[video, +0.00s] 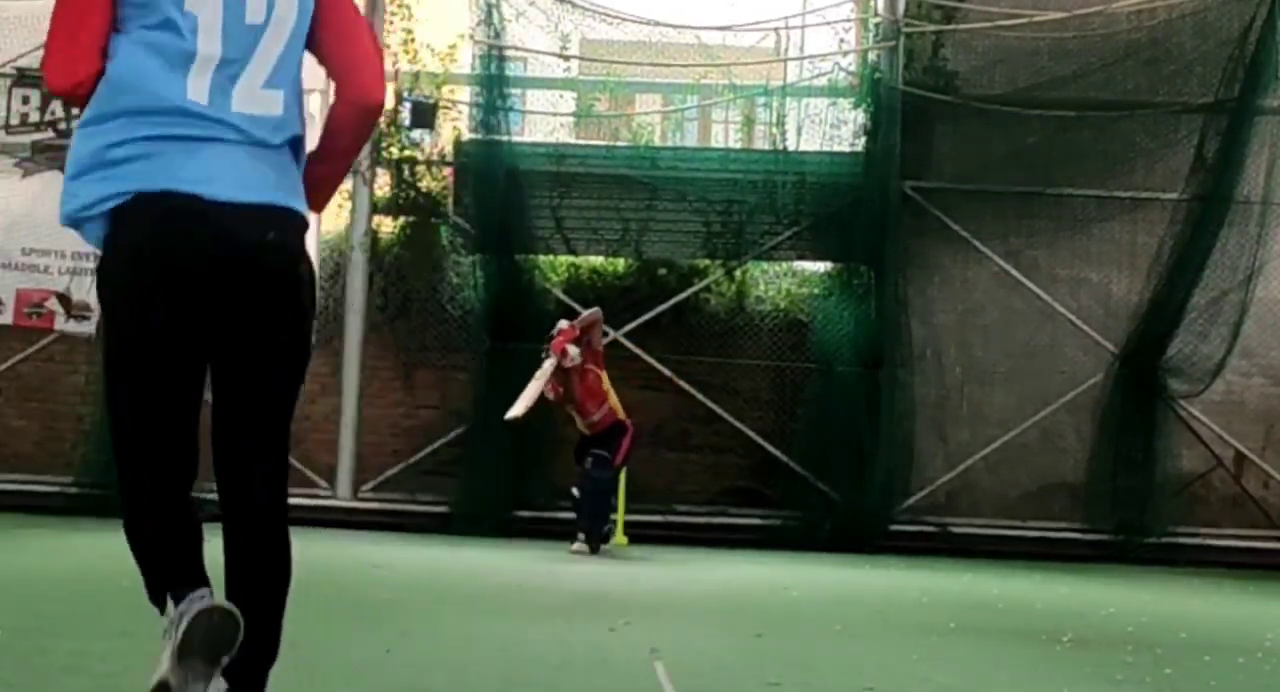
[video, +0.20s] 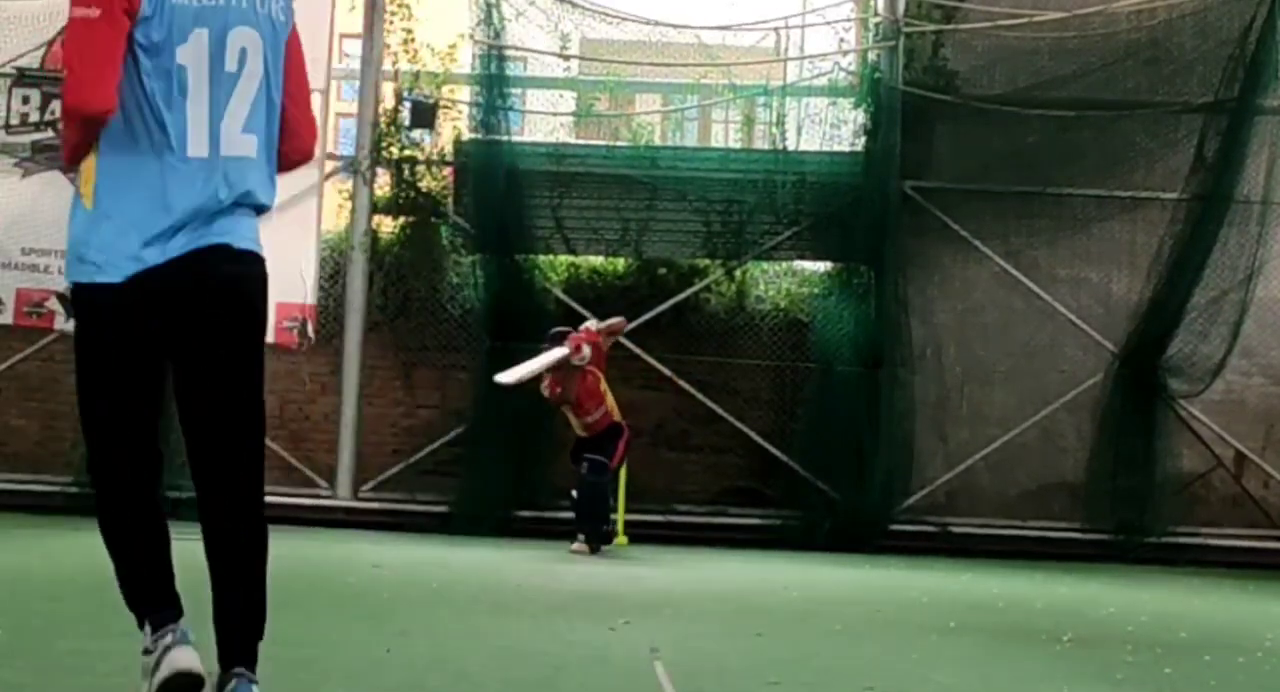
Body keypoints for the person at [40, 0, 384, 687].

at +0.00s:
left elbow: (68, 72)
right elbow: (366, 89)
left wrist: (140, 92)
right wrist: (308, 193)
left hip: (151, 219)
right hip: (269, 231)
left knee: (152, 467)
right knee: (257, 483)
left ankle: (188, 605)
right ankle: (245, 681)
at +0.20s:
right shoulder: (271, 5)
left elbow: (90, 100)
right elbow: (298, 139)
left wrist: (73, 153)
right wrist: (214, 170)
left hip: (120, 263)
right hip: (228, 262)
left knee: (123, 470)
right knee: (232, 474)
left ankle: (167, 637)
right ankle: (241, 673)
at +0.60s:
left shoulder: (24, 30)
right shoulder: (166, 32)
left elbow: (6, 134)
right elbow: (209, 150)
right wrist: (137, 183)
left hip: (32, 291)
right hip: (128, 293)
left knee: (55, 476)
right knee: (131, 468)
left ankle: (91, 651)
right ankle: (152, 648)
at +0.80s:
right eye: (6, 7)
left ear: (7, 8)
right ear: (55, 7)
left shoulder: (11, 65)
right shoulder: (110, 68)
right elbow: (167, 173)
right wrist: (97, 226)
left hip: (12, 308)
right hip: (75, 312)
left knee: (12, 473)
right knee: (39, 473)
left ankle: (58, 601)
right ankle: (39, 636)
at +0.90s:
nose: (7, 14)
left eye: (3, 10)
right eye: (15, 9)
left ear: (2, 9)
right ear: (26, 9)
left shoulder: (11, 73)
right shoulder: (64, 76)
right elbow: (98, 200)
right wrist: (38, 230)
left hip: (9, 319)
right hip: (51, 318)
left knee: (6, 460)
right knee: (12, 464)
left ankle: (30, 589)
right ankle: (42, 646)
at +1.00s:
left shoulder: (17, 55)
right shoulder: (18, 54)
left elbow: (30, 186)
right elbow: (32, 185)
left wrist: (38, 286)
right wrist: (39, 283)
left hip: (12, 298)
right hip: (17, 297)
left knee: (12, 468)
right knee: (12, 469)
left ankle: (38, 633)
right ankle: (38, 632)